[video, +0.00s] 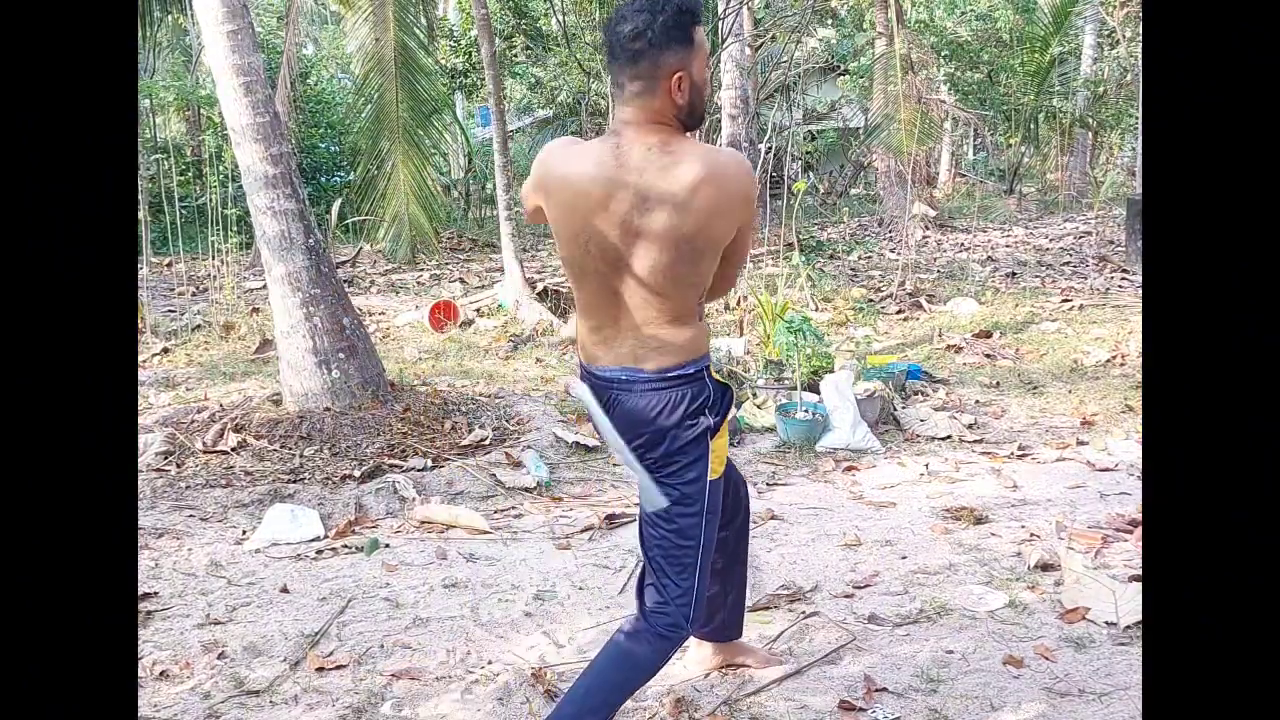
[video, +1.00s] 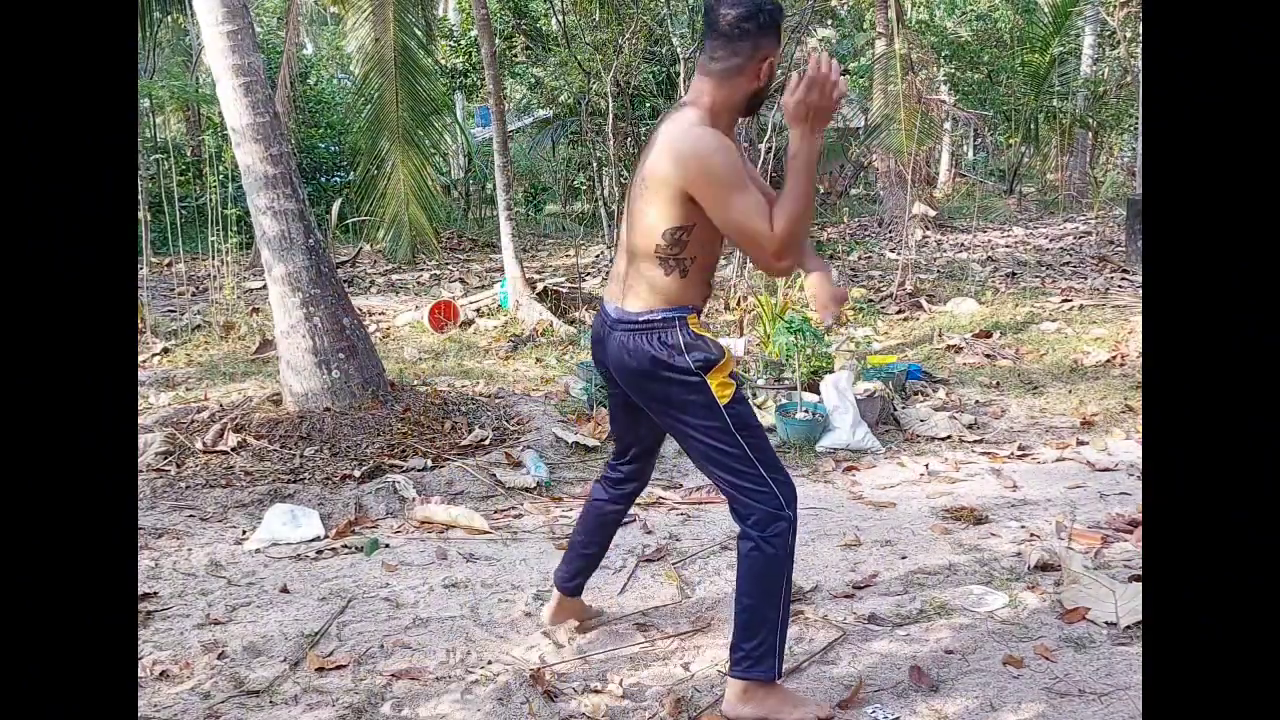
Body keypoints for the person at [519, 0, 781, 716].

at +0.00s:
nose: (707, 80)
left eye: (706, 67)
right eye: (703, 68)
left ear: (617, 76)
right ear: (678, 83)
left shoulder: (558, 163)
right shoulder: (730, 177)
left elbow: (538, 211)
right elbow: (719, 282)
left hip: (603, 389)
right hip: (678, 398)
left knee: (727, 492)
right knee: (667, 616)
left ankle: (721, 640)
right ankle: (562, 717)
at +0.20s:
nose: (713, 90)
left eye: (710, 79)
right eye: (714, 78)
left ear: (635, 78)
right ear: (700, 77)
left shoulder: (582, 167)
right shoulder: (729, 152)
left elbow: (554, 283)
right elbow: (818, 259)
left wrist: (628, 303)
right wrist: (792, 345)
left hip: (595, 392)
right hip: (666, 400)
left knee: (707, 485)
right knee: (652, 613)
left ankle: (714, 638)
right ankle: (557, 716)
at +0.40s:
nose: (751, 89)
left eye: (751, 79)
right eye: (753, 79)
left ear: (684, 74)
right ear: (740, 74)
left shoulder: (645, 143)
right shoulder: (738, 128)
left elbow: (638, 253)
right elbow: (811, 220)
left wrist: (715, 269)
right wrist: (848, 301)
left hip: (627, 347)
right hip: (672, 350)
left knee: (728, 483)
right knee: (697, 552)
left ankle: (715, 637)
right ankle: (580, 708)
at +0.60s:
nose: (786, 84)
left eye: (787, 73)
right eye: (789, 70)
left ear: (719, 55)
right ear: (776, 60)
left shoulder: (693, 122)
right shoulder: (721, 116)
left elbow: (700, 259)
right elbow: (776, 209)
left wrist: (755, 272)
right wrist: (826, 135)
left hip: (648, 331)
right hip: (680, 333)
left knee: (734, 488)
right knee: (797, 499)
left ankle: (713, 647)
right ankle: (737, 687)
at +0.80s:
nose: (808, 79)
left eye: (811, 65)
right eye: (807, 67)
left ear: (727, 58)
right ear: (792, 65)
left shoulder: (702, 123)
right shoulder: (744, 129)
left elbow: (754, 268)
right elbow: (846, 208)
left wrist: (760, 233)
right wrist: (834, 101)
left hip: (640, 333)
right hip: (682, 339)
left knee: (722, 465)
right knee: (785, 505)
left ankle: (690, 607)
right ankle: (753, 684)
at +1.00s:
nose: (776, 77)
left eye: (773, 68)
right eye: (777, 67)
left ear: (705, 53)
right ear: (765, 65)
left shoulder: (686, 127)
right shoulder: (700, 143)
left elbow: (769, 224)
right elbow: (777, 250)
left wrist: (813, 270)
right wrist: (806, 131)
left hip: (618, 333)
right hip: (665, 343)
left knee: (626, 468)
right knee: (768, 501)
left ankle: (564, 599)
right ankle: (753, 685)